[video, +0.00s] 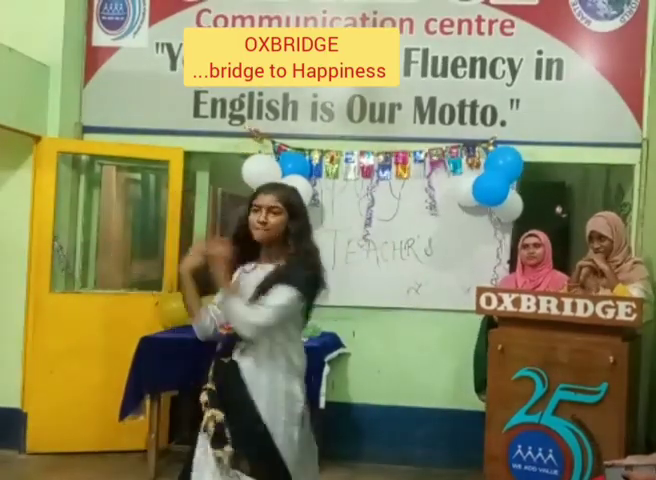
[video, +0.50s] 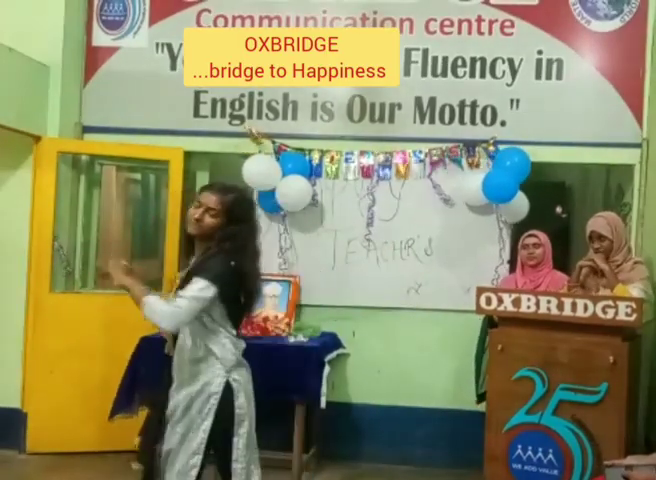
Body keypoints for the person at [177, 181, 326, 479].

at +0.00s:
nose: (262, 218)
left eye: (273, 212)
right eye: (257, 210)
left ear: (292, 222)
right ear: (248, 216)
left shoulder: (300, 273)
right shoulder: (244, 272)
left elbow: (255, 324)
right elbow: (206, 327)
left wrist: (223, 278)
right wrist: (186, 275)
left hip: (272, 390)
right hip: (233, 385)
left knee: (271, 467)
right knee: (220, 466)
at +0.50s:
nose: (197, 214)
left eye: (210, 213)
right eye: (197, 205)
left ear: (230, 226)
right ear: (192, 206)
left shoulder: (221, 266)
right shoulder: (202, 262)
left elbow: (171, 317)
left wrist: (131, 283)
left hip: (220, 385)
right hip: (197, 381)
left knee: (227, 469)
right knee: (180, 465)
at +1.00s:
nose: (255, 227)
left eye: (264, 218)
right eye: (247, 219)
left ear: (280, 223)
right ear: (236, 224)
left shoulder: (291, 279)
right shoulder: (221, 270)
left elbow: (341, 309)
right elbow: (230, 329)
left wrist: (378, 271)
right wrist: (299, 327)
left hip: (278, 386)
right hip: (233, 385)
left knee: (273, 462)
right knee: (218, 462)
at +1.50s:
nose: (231, 228)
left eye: (239, 220)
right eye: (232, 220)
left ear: (264, 227)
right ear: (265, 229)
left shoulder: (252, 281)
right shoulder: (279, 277)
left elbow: (185, 285)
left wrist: (181, 233)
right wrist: (183, 231)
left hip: (238, 384)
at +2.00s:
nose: (190, 214)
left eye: (201, 205)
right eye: (186, 206)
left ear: (225, 214)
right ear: (180, 212)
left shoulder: (240, 260)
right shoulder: (174, 253)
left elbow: (271, 217)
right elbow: (118, 212)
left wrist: (234, 174)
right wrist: (172, 174)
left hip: (228, 385)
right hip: (175, 382)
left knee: (217, 472)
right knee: (168, 469)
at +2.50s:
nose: (142, 212)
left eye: (154, 207)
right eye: (145, 204)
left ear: (178, 216)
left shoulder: (163, 263)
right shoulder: (191, 262)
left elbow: (141, 336)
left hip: (164, 386)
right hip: (183, 383)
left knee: (150, 470)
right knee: (161, 468)